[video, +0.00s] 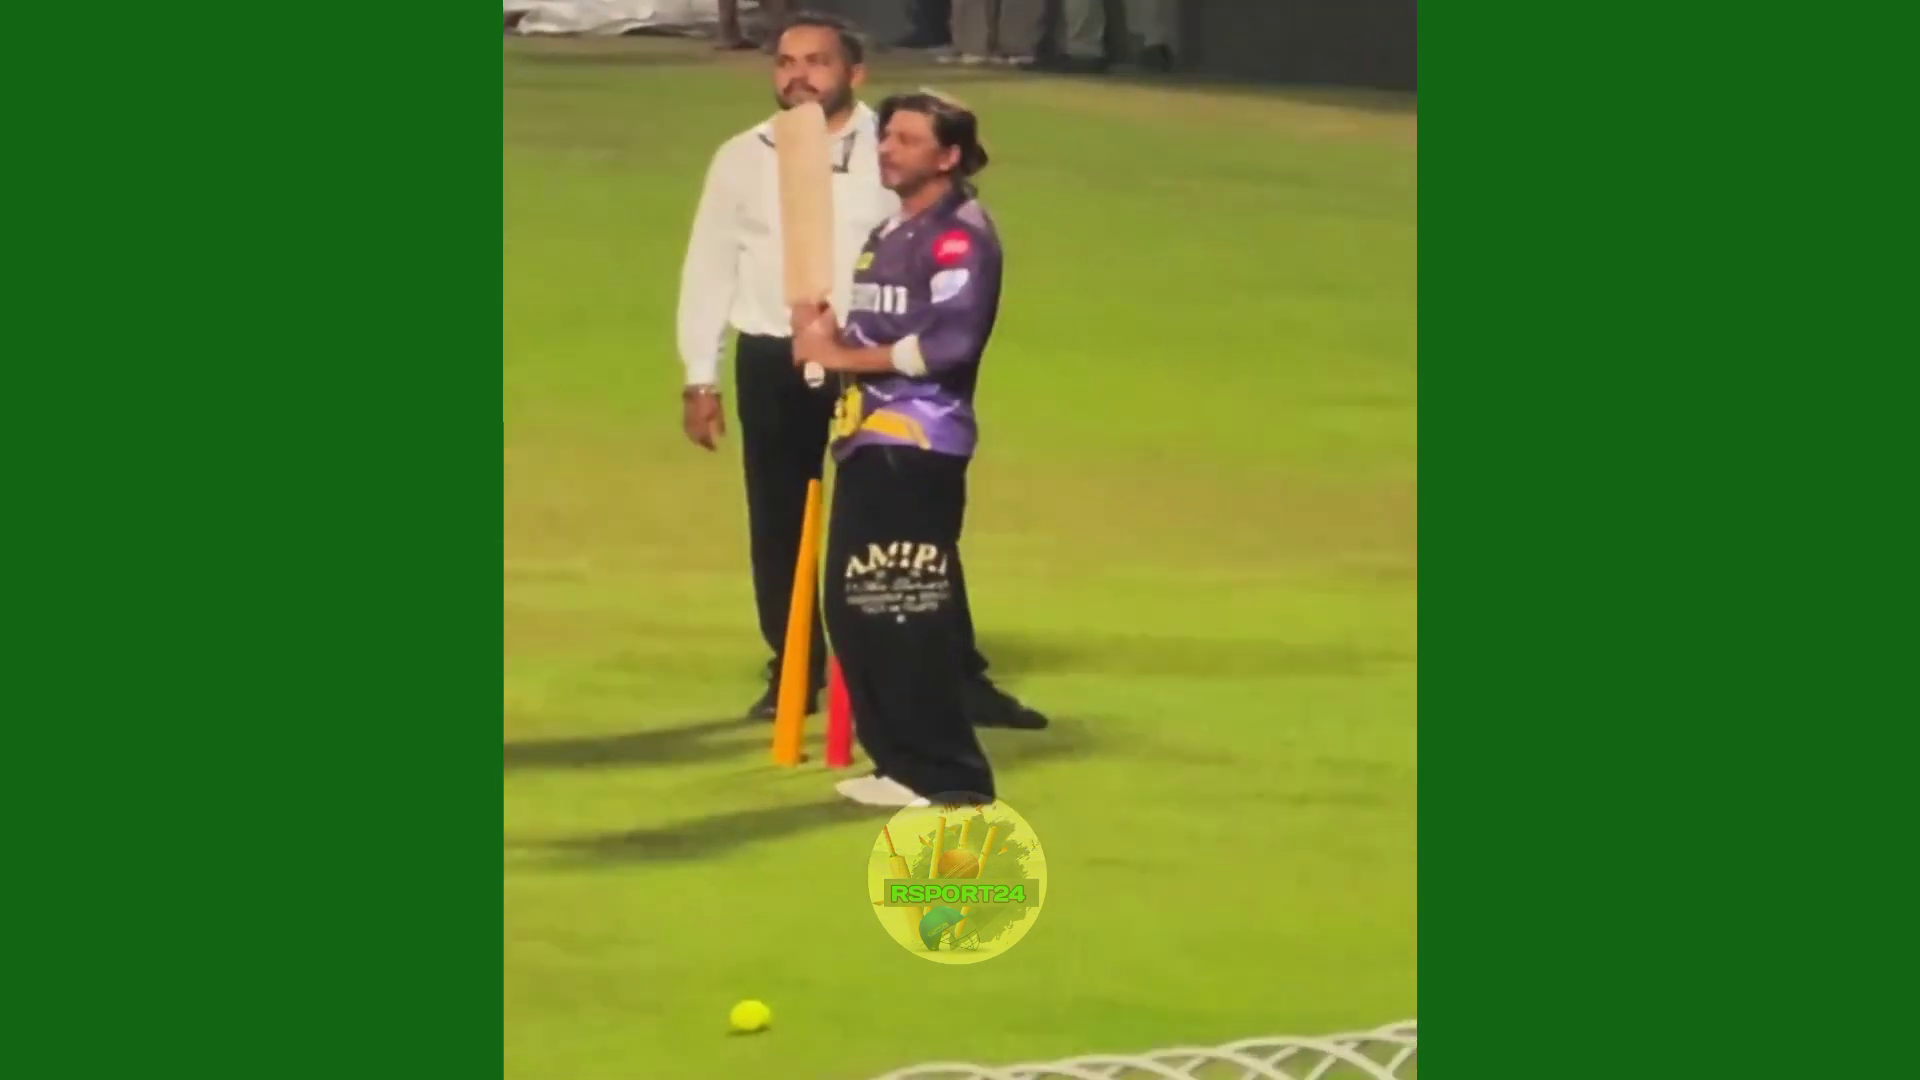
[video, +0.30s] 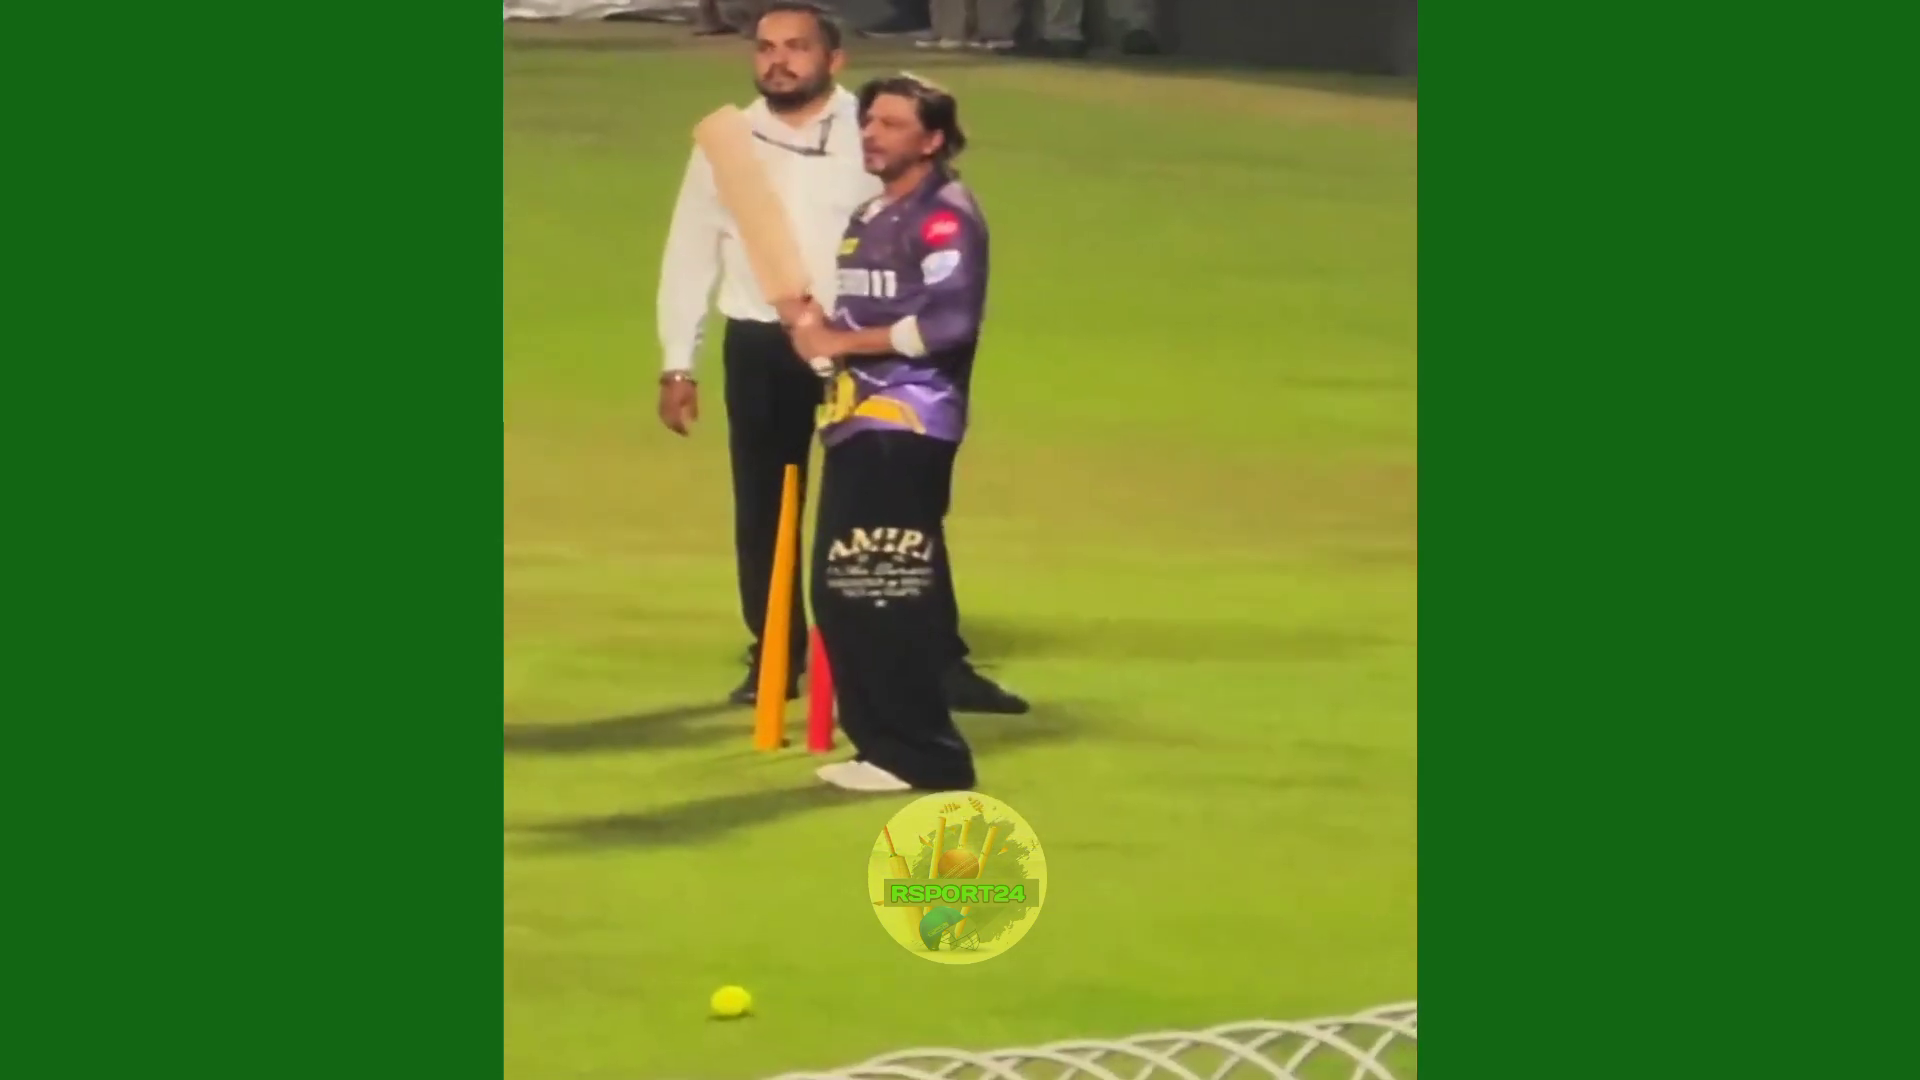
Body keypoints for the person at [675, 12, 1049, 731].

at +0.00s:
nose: (797, 75)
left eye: (814, 62)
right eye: (786, 62)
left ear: (854, 72)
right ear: (774, 71)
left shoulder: (891, 153)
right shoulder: (745, 156)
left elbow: (929, 274)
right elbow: (708, 268)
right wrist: (699, 377)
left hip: (870, 368)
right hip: (775, 363)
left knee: (915, 529)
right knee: (778, 526)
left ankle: (959, 674)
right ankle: (792, 673)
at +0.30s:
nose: (777, 60)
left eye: (794, 48)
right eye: (766, 48)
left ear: (832, 58)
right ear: (753, 56)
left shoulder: (874, 135)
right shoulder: (727, 139)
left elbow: (929, 243)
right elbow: (690, 251)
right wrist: (677, 363)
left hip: (862, 349)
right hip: (763, 348)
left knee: (905, 511)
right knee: (764, 511)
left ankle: (941, 661)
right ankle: (774, 657)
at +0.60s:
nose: (796, 62)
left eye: (813, 49)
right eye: (785, 49)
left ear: (850, 60)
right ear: (772, 58)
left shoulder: (889, 139)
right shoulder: (743, 150)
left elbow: (953, 242)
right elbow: (711, 263)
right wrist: (693, 371)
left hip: (882, 352)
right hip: (783, 350)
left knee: (948, 514)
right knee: (775, 517)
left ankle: (997, 664)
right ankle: (779, 660)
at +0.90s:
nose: (862, 59)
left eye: (879, 46)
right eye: (851, 45)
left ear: (915, 56)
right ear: (836, 55)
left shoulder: (959, 143)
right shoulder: (805, 142)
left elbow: (1001, 254)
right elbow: (770, 259)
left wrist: (973, 343)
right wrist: (749, 362)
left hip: (933, 364)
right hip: (831, 364)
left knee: (976, 524)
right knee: (814, 515)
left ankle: (1018, 665)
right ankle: (789, 660)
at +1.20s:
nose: (908, 63)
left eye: (926, 51)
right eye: (896, 49)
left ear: (959, 64)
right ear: (881, 57)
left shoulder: (1001, 143)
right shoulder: (842, 141)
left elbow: (1034, 253)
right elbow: (804, 249)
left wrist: (1003, 357)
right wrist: (799, 354)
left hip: (967, 350)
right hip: (865, 352)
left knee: (999, 523)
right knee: (842, 520)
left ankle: (1037, 667)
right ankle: (811, 662)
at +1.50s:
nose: (888, 63)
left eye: (906, 51)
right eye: (877, 49)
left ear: (938, 64)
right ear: (861, 56)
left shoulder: (960, 143)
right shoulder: (818, 139)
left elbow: (1000, 260)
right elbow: (764, 235)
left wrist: (975, 372)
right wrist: (758, 336)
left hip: (936, 352)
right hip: (837, 352)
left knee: (981, 519)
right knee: (819, 521)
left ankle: (1021, 669)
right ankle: (794, 666)